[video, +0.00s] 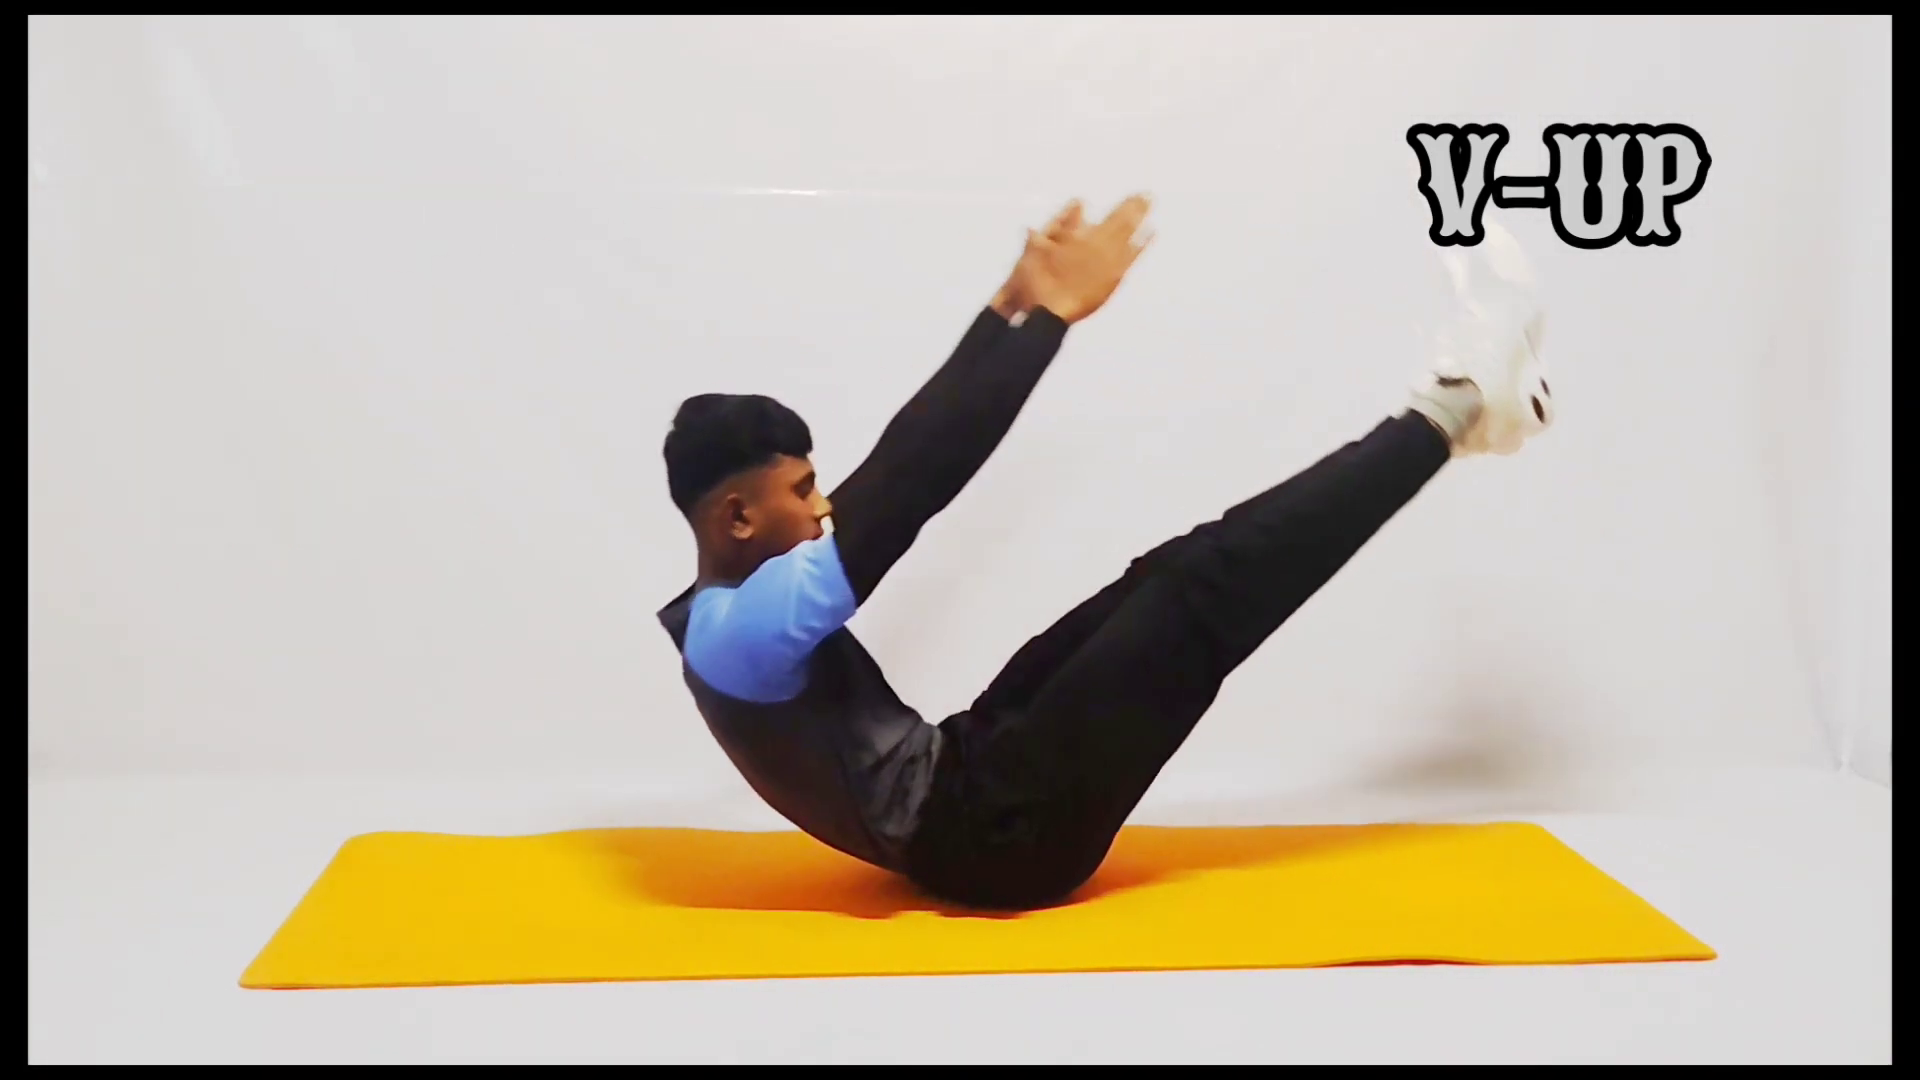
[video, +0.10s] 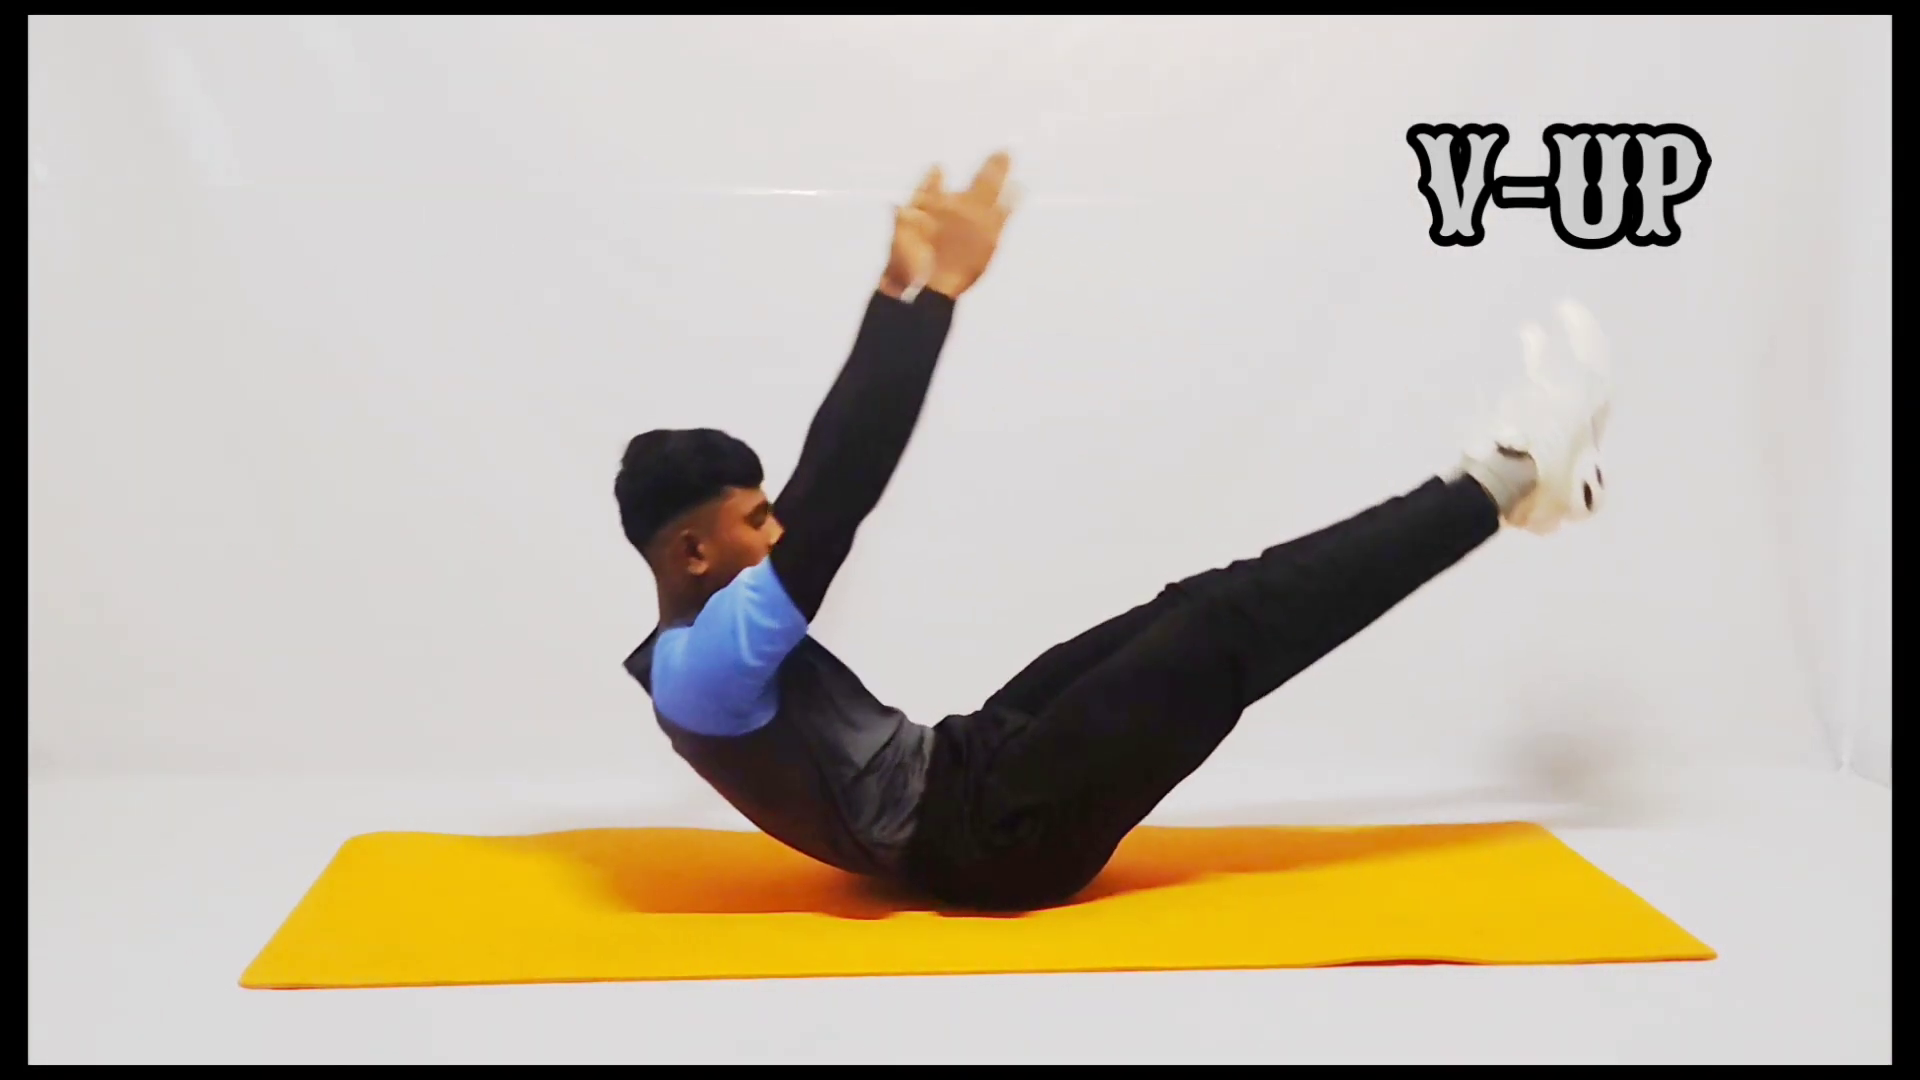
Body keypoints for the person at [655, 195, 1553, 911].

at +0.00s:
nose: (819, 509)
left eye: (810, 488)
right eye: (799, 491)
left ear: (728, 514)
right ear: (730, 516)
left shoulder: (733, 613)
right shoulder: (750, 625)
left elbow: (898, 475)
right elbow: (919, 480)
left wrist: (1010, 310)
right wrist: (1044, 316)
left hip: (970, 789)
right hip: (986, 834)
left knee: (1178, 581)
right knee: (1193, 599)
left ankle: (1447, 416)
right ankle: (1446, 416)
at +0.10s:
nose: (771, 539)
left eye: (766, 513)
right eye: (747, 523)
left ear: (706, 539)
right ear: (681, 548)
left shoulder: (708, 641)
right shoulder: (714, 652)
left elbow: (820, 487)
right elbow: (829, 505)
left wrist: (898, 296)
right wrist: (933, 298)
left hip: (964, 784)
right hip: (976, 833)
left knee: (1212, 610)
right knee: (1222, 637)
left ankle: (1499, 484)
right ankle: (1500, 482)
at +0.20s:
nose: (712, 576)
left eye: (701, 556)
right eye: (684, 559)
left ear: (652, 581)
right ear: (637, 590)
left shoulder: (687, 680)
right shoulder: (672, 703)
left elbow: (745, 498)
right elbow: (745, 509)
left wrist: (755, 300)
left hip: (978, 785)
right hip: (976, 832)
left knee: (1257, 652)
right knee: (1254, 680)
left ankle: (1548, 568)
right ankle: (1548, 572)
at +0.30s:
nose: (665, 614)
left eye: (651, 598)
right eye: (641, 602)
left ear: (582, 636)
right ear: (611, 625)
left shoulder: (661, 709)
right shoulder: (641, 741)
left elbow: (648, 523)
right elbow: (651, 522)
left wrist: (606, 329)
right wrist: (599, 325)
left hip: (969, 780)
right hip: (967, 830)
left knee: (1255, 698)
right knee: (1261, 728)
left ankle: (1555, 646)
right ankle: (1569, 664)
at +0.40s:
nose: (657, 637)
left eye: (641, 613)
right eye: (630, 626)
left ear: (603, 652)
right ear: (591, 662)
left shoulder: (644, 740)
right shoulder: (627, 793)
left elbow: (589, 562)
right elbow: (565, 571)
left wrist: (479, 384)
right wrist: (467, 388)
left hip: (973, 774)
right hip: (973, 831)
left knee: (1235, 720)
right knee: (1248, 748)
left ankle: (1562, 699)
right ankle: (1572, 712)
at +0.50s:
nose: (599, 660)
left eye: (586, 643)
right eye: (575, 658)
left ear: (588, 673)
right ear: (547, 710)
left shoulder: (647, 757)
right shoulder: (610, 811)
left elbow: (516, 617)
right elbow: (471, 647)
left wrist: (381, 477)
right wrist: (338, 497)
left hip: (985, 767)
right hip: (978, 827)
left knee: (1272, 744)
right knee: (1266, 762)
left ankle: (1566, 740)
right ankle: (1571, 755)